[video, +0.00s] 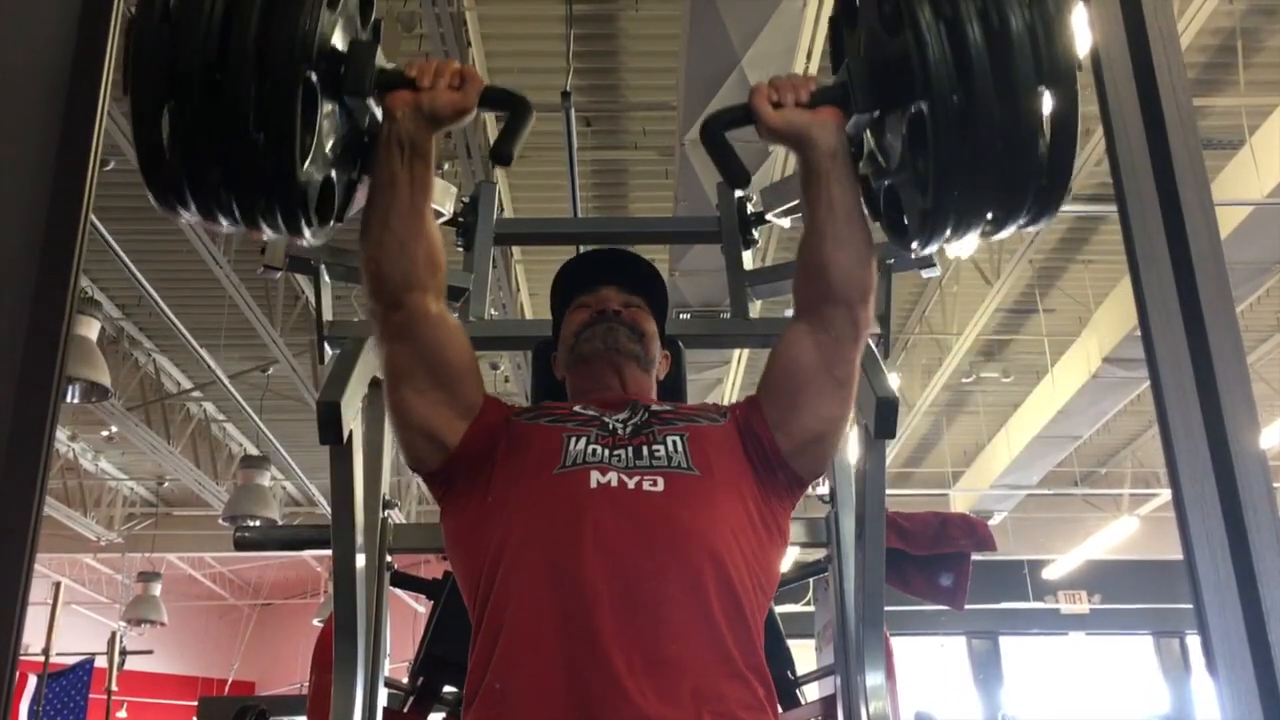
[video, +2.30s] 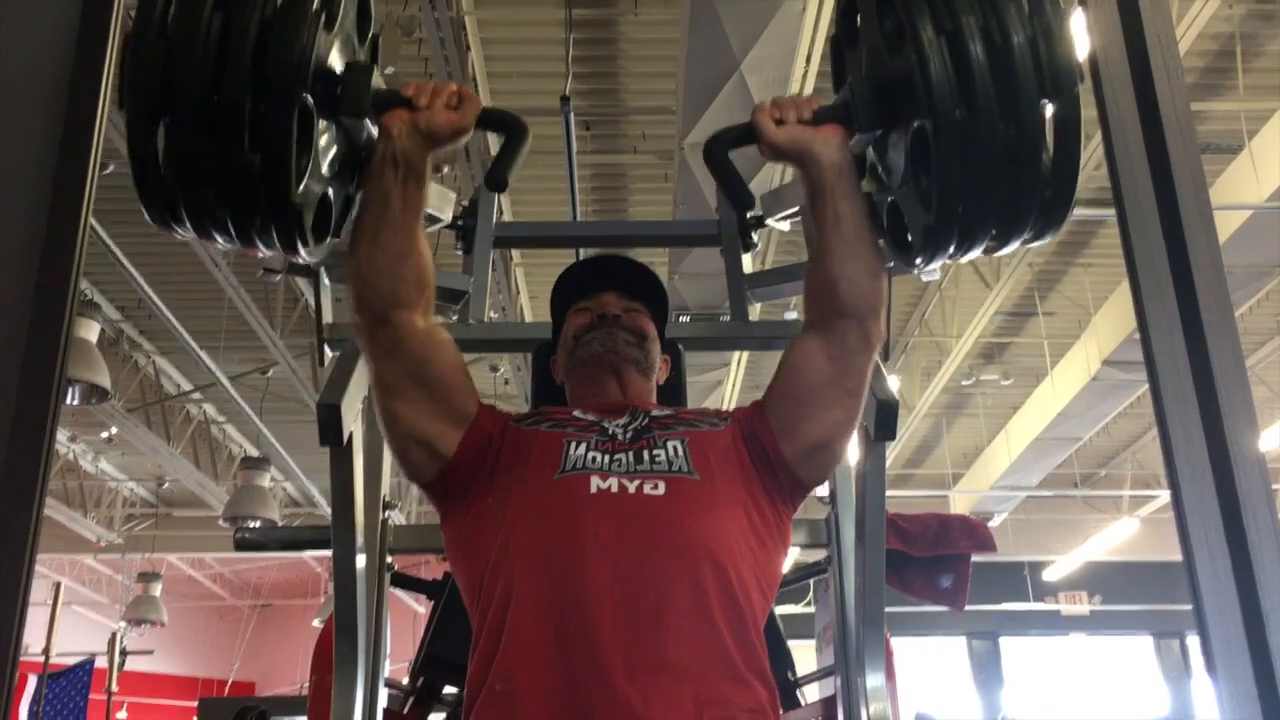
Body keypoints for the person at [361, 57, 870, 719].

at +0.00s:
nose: (609, 310)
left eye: (632, 310)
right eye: (585, 309)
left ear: (664, 362)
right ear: (555, 360)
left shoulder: (754, 448)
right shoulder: (485, 450)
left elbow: (836, 312)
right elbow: (406, 302)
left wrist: (824, 145)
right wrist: (408, 133)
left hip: (723, 707)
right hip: (515, 706)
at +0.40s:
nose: (612, 305)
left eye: (637, 304)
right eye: (586, 304)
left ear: (667, 356)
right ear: (555, 358)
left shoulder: (750, 452)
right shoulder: (483, 458)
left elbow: (892, 391)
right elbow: (338, 382)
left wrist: (846, 235)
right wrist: (389, 223)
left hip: (727, 704)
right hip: (524, 705)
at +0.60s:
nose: (614, 305)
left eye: (638, 306)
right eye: (588, 305)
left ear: (666, 362)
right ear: (556, 359)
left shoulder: (744, 457)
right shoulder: (488, 463)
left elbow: (918, 455)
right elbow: (309, 445)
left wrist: (862, 308)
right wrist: (367, 297)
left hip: (721, 703)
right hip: (527, 704)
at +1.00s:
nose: (616, 301)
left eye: (639, 302)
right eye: (589, 301)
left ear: (669, 359)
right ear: (555, 360)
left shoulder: (748, 462)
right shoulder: (486, 468)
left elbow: (922, 544)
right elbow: (299, 548)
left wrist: (882, 404)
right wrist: (342, 403)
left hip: (725, 707)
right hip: (528, 708)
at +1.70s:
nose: (610, 312)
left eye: (634, 313)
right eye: (586, 313)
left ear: (666, 365)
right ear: (555, 364)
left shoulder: (741, 460)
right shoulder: (487, 467)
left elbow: (925, 486)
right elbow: (293, 479)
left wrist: (867, 342)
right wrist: (358, 336)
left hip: (726, 703)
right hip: (526, 703)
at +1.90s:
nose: (610, 307)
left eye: (635, 307)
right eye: (584, 307)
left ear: (666, 360)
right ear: (554, 362)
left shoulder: (751, 454)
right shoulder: (484, 461)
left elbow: (906, 407)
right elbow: (319, 397)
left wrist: (851, 251)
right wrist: (377, 252)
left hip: (723, 704)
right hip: (527, 704)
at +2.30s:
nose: (609, 316)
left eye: (634, 316)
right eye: (585, 312)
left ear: (666, 369)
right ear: (552, 363)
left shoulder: (754, 453)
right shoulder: (485, 457)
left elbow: (847, 328)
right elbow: (395, 317)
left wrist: (828, 161)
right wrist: (404, 153)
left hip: (728, 705)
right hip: (518, 706)